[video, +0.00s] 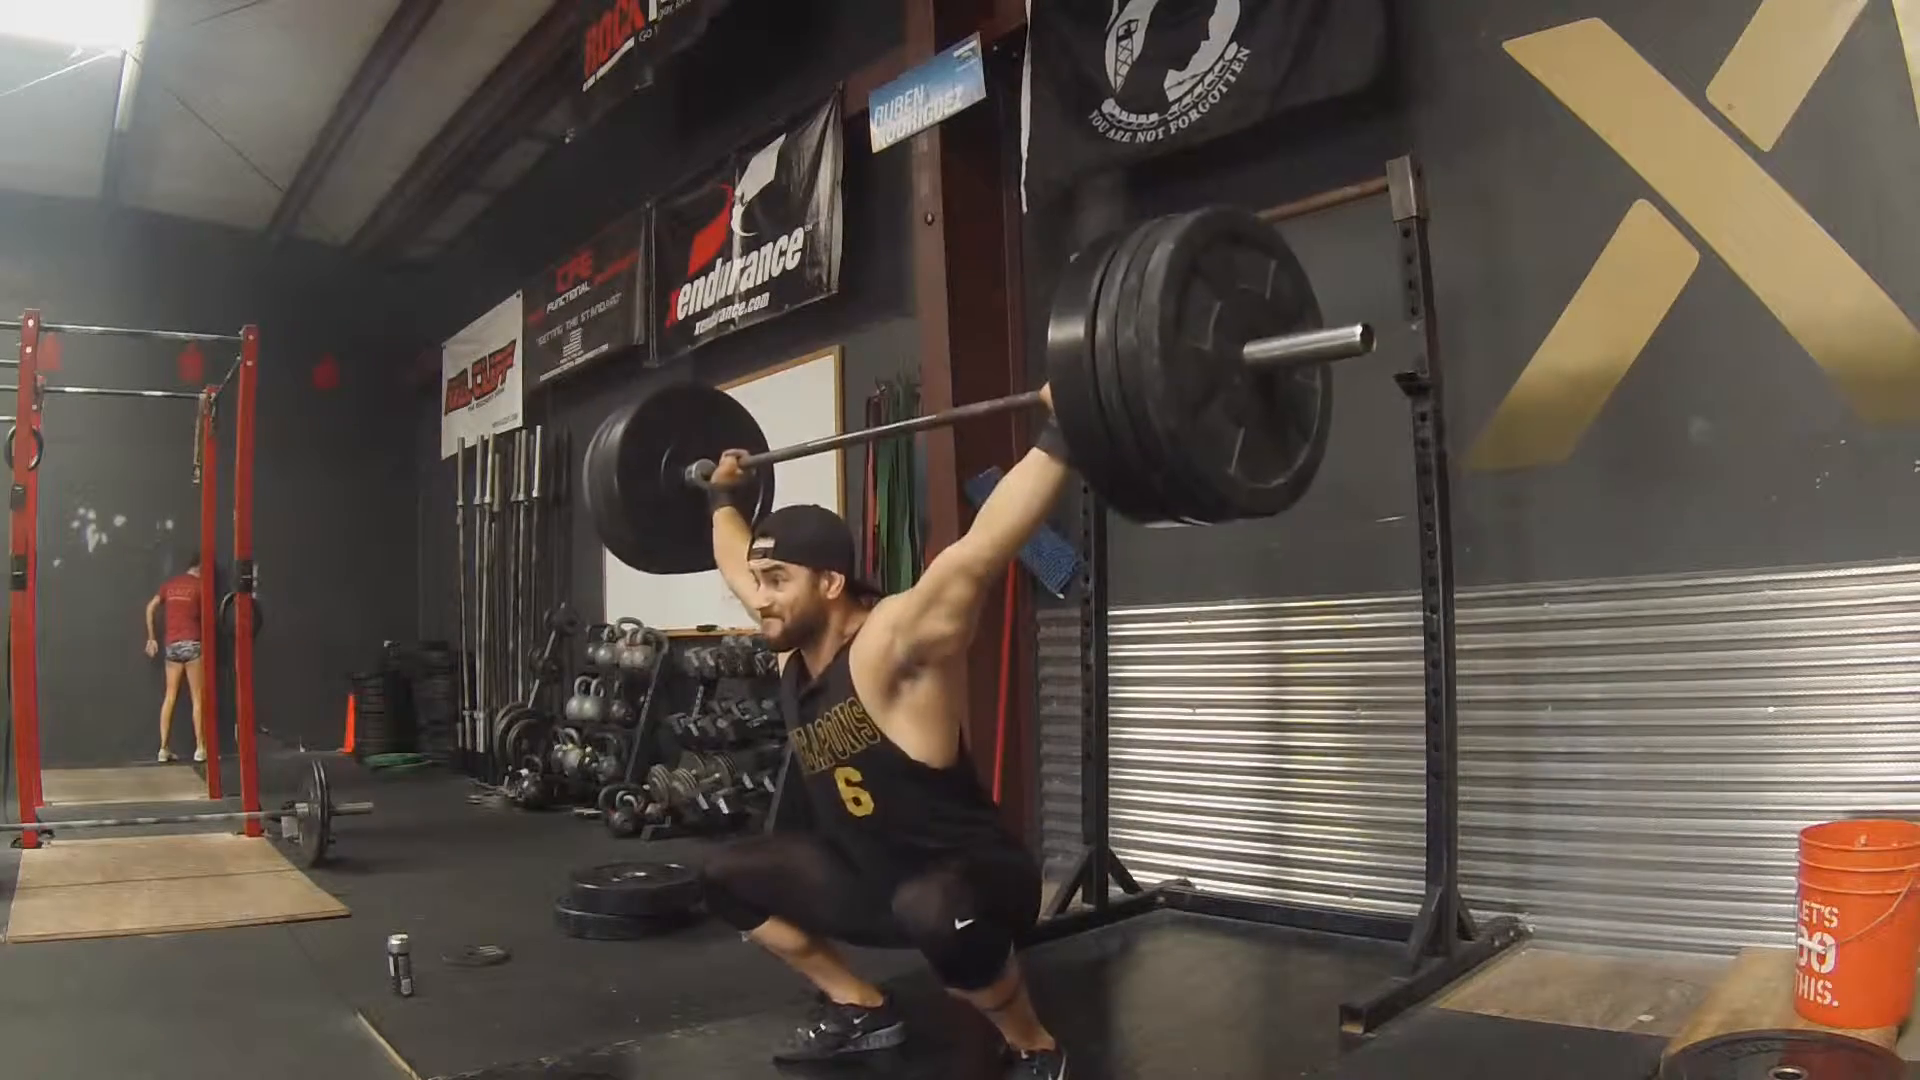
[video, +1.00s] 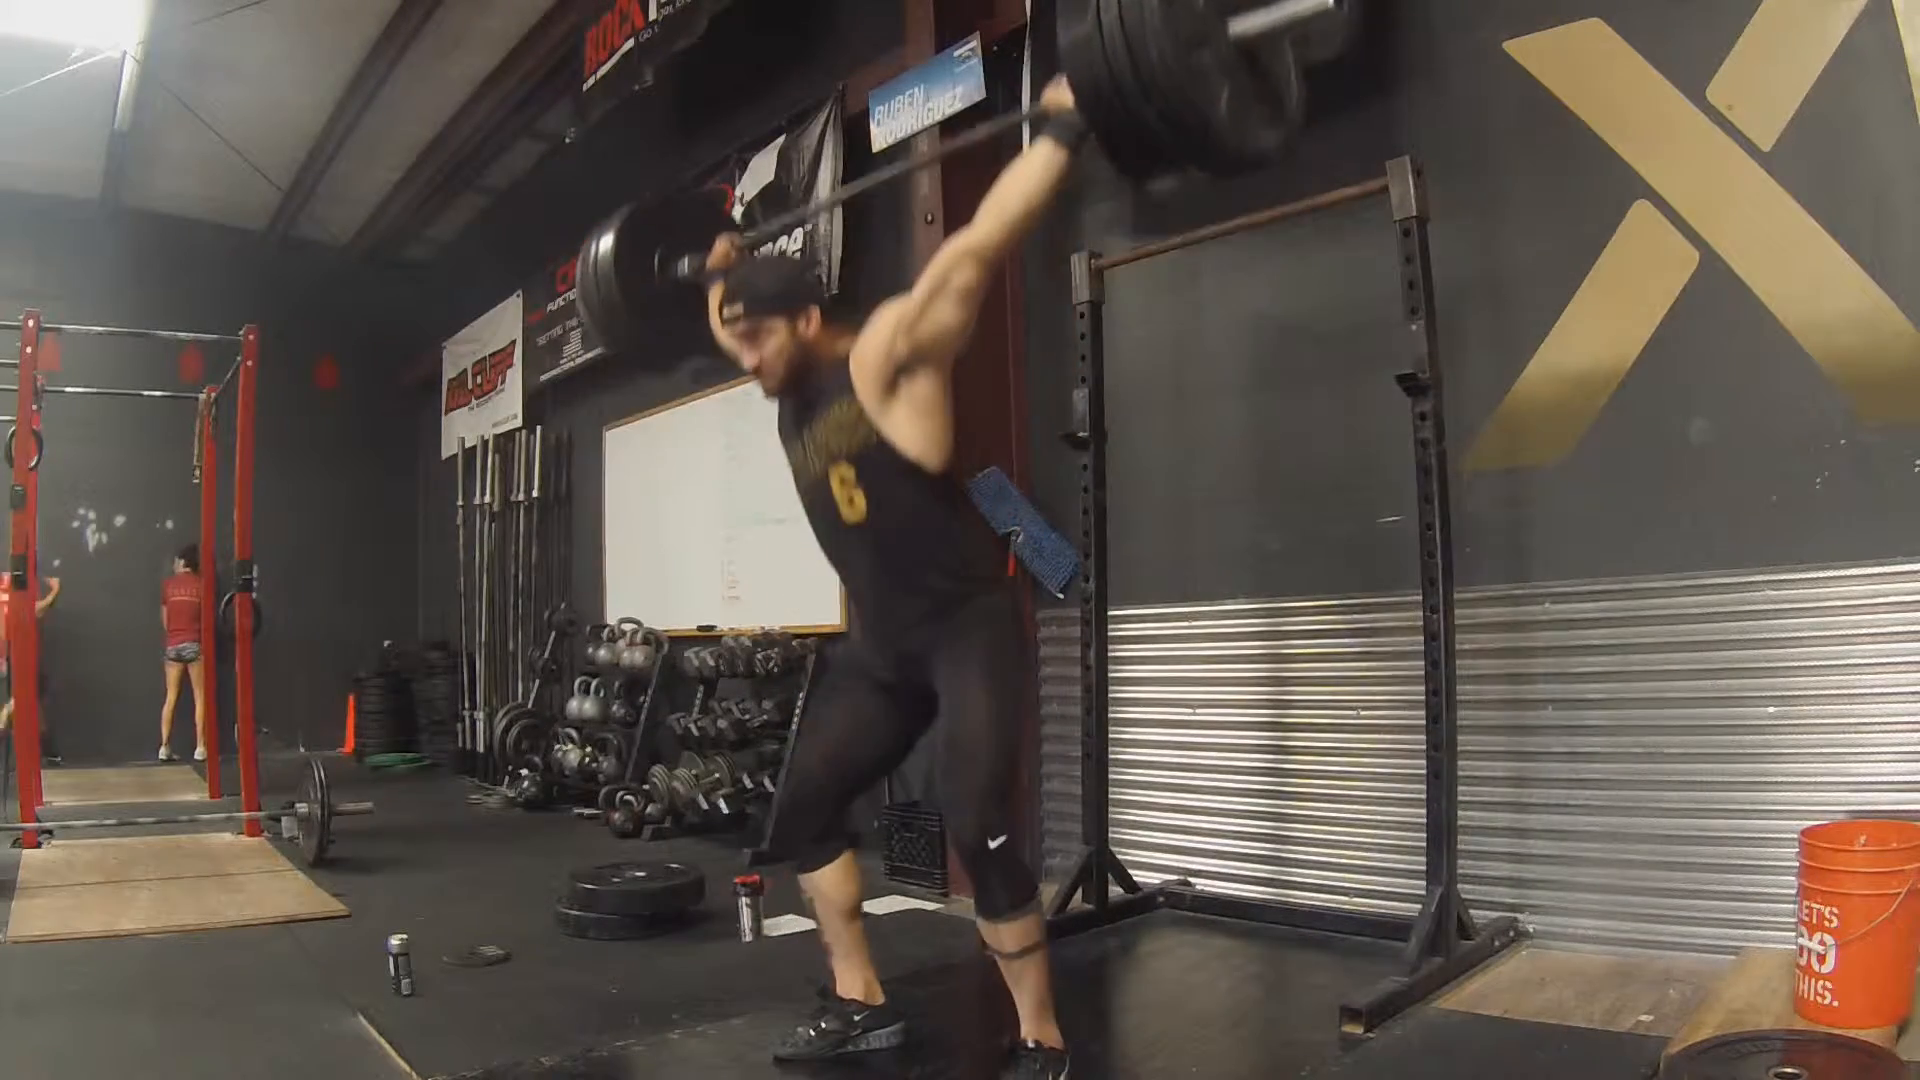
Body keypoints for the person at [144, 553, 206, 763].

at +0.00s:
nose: (205, 575)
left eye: (204, 570)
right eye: (205, 571)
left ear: (189, 566)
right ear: (201, 569)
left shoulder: (170, 583)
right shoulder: (201, 587)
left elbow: (150, 607)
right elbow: (208, 616)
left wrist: (151, 637)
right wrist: (209, 641)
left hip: (171, 640)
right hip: (193, 639)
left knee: (169, 696)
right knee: (197, 698)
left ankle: (163, 748)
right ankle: (200, 747)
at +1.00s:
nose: (174, 565)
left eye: (176, 562)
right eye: (176, 562)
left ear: (182, 563)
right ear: (194, 563)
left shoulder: (168, 584)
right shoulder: (202, 583)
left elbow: (165, 616)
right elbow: (207, 614)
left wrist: (170, 633)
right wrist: (205, 635)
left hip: (173, 642)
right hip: (194, 641)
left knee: (170, 696)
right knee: (199, 696)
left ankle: (164, 745)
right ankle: (201, 745)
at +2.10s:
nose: (189, 566)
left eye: (192, 562)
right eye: (190, 561)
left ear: (202, 563)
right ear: (205, 564)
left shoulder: (196, 582)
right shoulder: (216, 584)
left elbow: (192, 612)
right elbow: (219, 615)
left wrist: (183, 643)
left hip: (195, 645)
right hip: (213, 645)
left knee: (187, 696)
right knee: (213, 696)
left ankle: (186, 747)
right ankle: (215, 748)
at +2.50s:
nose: (191, 568)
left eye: (194, 563)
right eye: (191, 564)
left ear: (203, 565)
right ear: (205, 565)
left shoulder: (199, 586)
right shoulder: (216, 586)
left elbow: (194, 615)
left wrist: (182, 644)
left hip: (199, 646)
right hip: (214, 644)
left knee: (201, 696)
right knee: (213, 696)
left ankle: (211, 747)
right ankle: (215, 745)